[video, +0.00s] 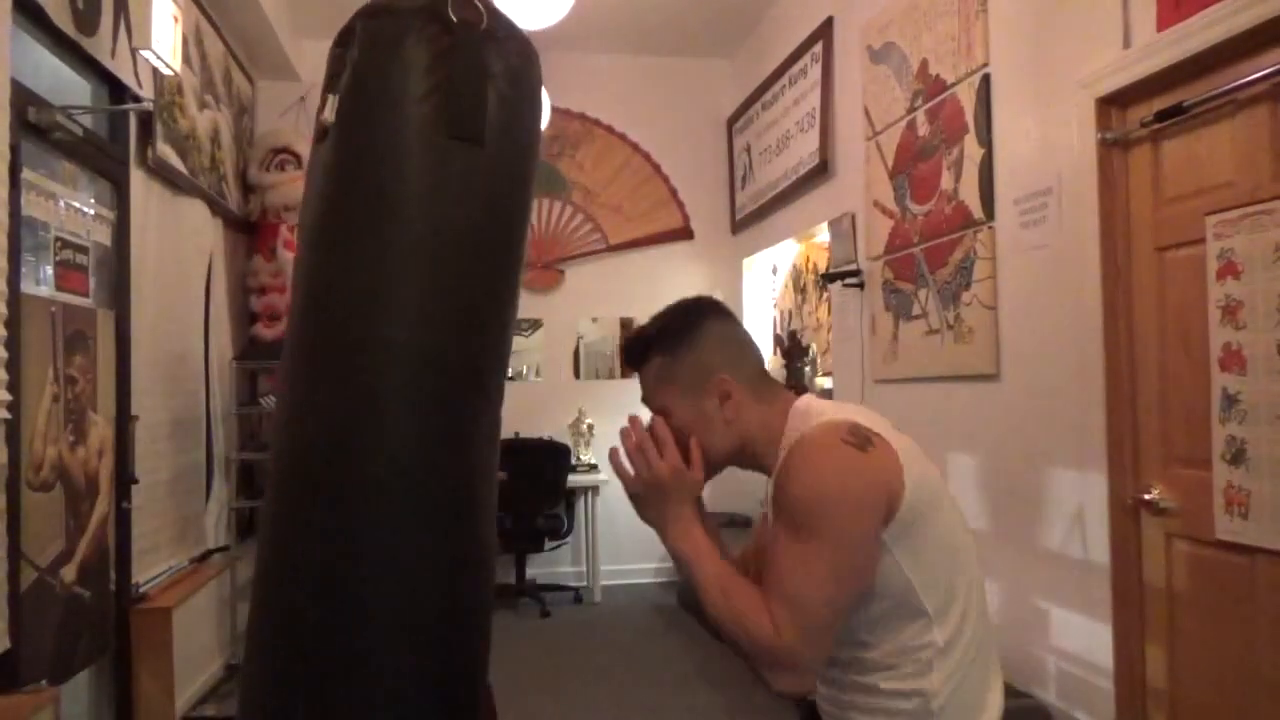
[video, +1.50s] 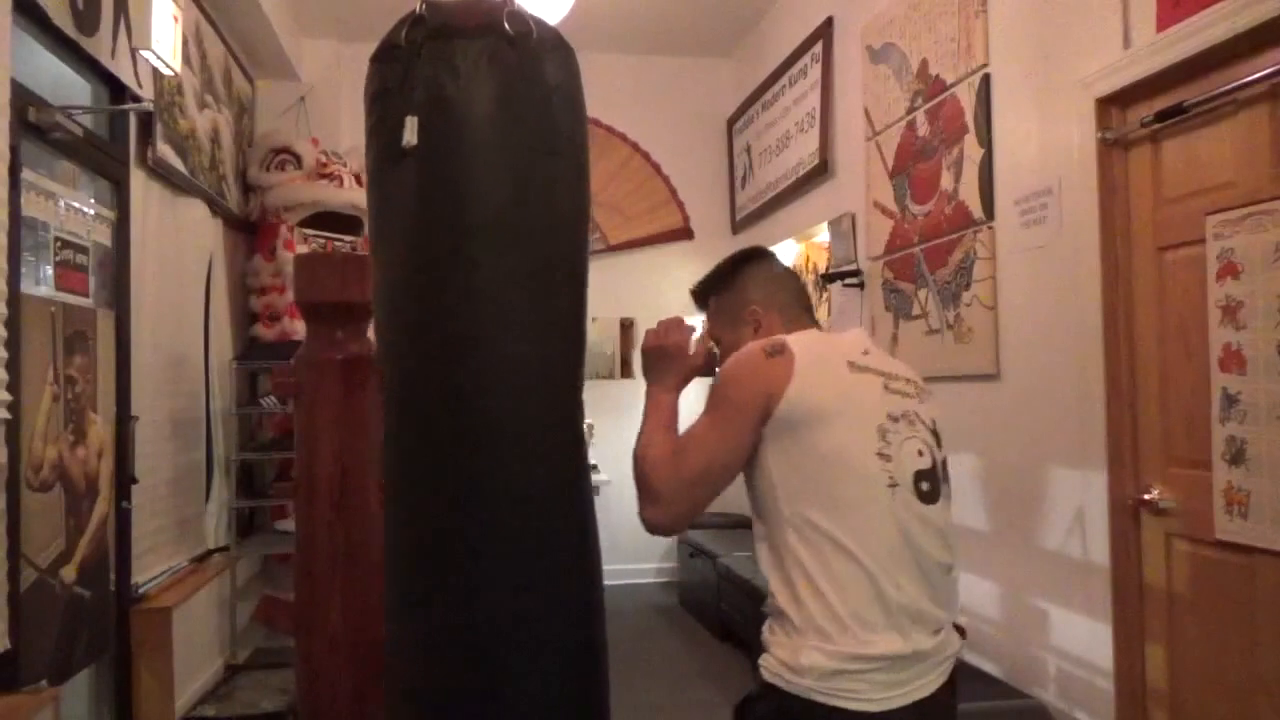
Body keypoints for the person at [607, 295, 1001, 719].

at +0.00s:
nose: (661, 436)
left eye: (665, 416)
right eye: (656, 418)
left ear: (723, 396)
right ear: (725, 394)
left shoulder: (832, 459)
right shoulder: (808, 448)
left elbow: (790, 665)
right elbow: (744, 593)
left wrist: (679, 521)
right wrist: (681, 514)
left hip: (913, 709)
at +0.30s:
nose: (592, 356)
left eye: (604, 332)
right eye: (591, 334)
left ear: (682, 322)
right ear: (683, 324)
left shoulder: (826, 410)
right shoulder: (695, 425)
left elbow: (735, 628)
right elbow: (631, 573)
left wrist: (616, 444)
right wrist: (605, 446)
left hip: (872, 706)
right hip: (777, 688)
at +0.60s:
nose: (582, 459)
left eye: (584, 437)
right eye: (577, 440)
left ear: (640, 425)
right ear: (644, 424)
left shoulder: (762, 495)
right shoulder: (747, 460)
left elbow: (718, 701)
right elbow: (692, 628)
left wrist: (603, 561)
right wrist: (624, 525)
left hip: (901, 710)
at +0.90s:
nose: (676, 363)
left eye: (676, 343)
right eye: (672, 345)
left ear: (718, 331)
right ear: (770, 316)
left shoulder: (776, 397)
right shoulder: (827, 371)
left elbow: (691, 570)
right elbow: (749, 549)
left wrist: (644, 430)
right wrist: (707, 418)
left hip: (886, 700)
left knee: (712, 597)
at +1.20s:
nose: (723, 360)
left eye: (722, 341)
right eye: (718, 344)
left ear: (767, 326)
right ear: (773, 326)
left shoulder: (817, 376)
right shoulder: (874, 364)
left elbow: (737, 538)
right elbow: (789, 532)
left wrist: (662, 413)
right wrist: (747, 409)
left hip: (867, 696)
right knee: (709, 597)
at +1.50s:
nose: (721, 364)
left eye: (721, 345)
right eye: (714, 350)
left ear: (758, 323)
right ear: (806, 315)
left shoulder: (765, 366)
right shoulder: (890, 367)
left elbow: (663, 508)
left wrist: (662, 387)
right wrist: (730, 370)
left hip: (825, 697)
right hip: (932, 686)